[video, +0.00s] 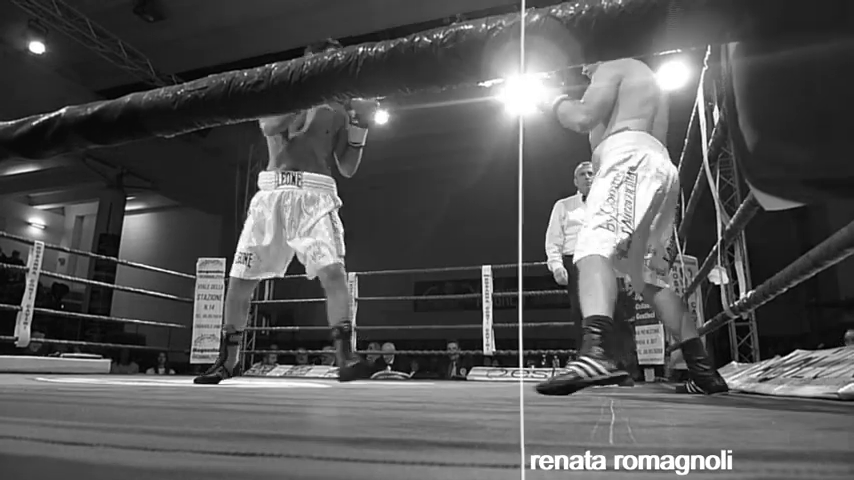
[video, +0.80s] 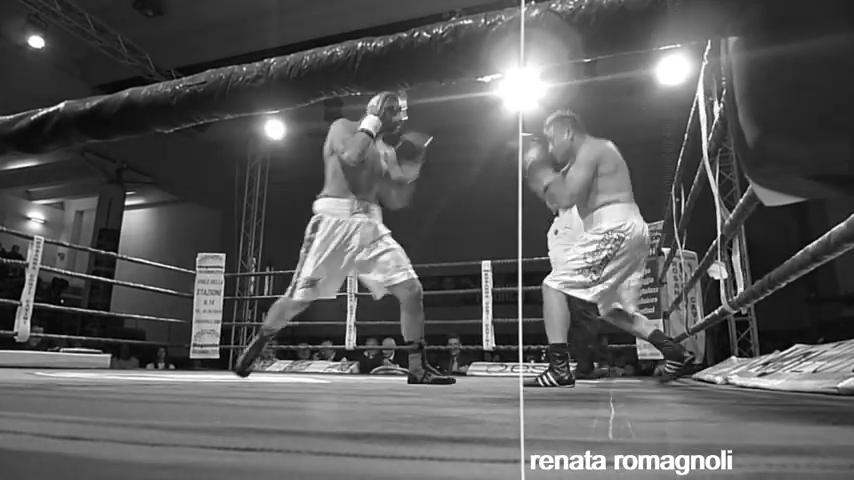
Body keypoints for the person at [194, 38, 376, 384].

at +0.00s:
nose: (322, 69)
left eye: (329, 63)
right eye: (316, 60)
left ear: (337, 69)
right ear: (303, 63)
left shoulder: (339, 109)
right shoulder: (273, 98)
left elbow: (348, 168)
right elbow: (276, 128)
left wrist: (359, 131)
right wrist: (311, 96)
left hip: (318, 196)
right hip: (272, 195)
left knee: (332, 272)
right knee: (240, 279)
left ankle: (346, 359)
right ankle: (228, 361)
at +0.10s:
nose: (316, 72)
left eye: (324, 65)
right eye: (311, 64)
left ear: (332, 70)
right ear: (298, 64)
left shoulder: (336, 109)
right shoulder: (273, 94)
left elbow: (342, 166)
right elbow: (255, 134)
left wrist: (353, 129)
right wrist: (286, 107)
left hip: (312, 192)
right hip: (267, 189)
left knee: (324, 267)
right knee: (242, 272)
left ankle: (320, 348)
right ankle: (225, 350)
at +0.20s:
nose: (305, 95)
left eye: (310, 91)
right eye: (299, 89)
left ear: (317, 95)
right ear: (284, 89)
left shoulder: (324, 130)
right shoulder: (261, 115)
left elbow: (338, 182)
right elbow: (244, 155)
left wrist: (348, 152)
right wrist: (278, 123)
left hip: (300, 214)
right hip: (256, 207)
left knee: (308, 290)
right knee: (236, 287)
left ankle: (286, 342)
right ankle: (221, 359)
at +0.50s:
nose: (340, 95)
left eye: (341, 90)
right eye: (334, 88)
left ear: (338, 96)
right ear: (314, 88)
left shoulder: (334, 124)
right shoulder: (282, 111)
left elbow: (351, 171)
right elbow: (274, 138)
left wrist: (362, 136)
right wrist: (307, 110)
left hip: (322, 202)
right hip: (282, 199)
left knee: (349, 270)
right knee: (261, 278)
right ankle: (240, 347)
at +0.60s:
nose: (341, 109)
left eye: (345, 107)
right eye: (338, 100)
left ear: (340, 110)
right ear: (318, 95)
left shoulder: (337, 139)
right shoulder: (291, 116)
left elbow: (351, 189)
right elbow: (306, 139)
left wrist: (371, 162)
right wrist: (332, 117)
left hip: (328, 216)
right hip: (288, 214)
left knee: (366, 283)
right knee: (264, 292)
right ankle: (244, 351)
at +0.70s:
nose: (365, 120)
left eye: (367, 115)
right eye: (358, 112)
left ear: (363, 119)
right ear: (341, 109)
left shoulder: (359, 156)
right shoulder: (319, 132)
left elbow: (359, 209)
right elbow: (352, 146)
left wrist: (378, 184)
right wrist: (377, 111)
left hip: (348, 233)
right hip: (310, 230)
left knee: (390, 295)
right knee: (276, 299)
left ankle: (413, 367)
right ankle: (243, 358)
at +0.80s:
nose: (400, 121)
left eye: (402, 115)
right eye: (395, 114)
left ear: (402, 119)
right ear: (379, 113)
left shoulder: (387, 152)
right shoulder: (342, 127)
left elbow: (397, 200)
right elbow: (353, 155)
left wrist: (412, 170)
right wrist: (373, 121)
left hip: (371, 227)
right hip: (332, 223)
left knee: (411, 291)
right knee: (299, 299)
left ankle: (417, 367)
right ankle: (254, 348)